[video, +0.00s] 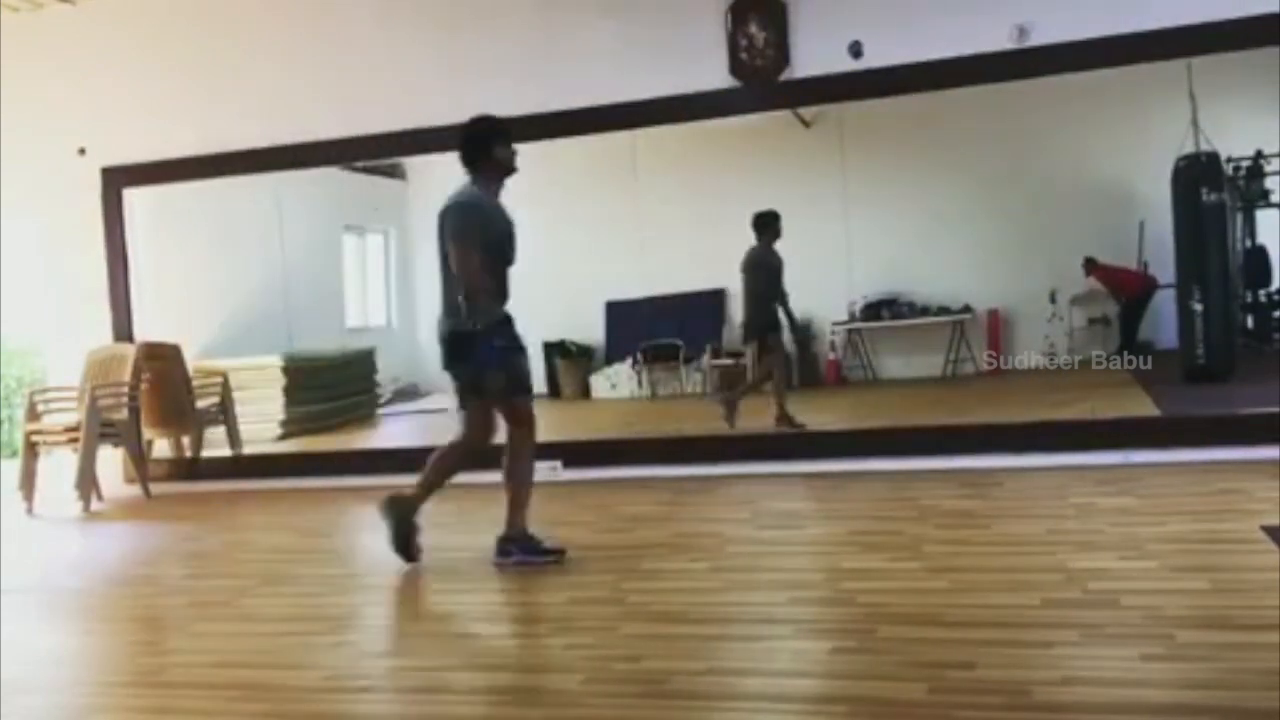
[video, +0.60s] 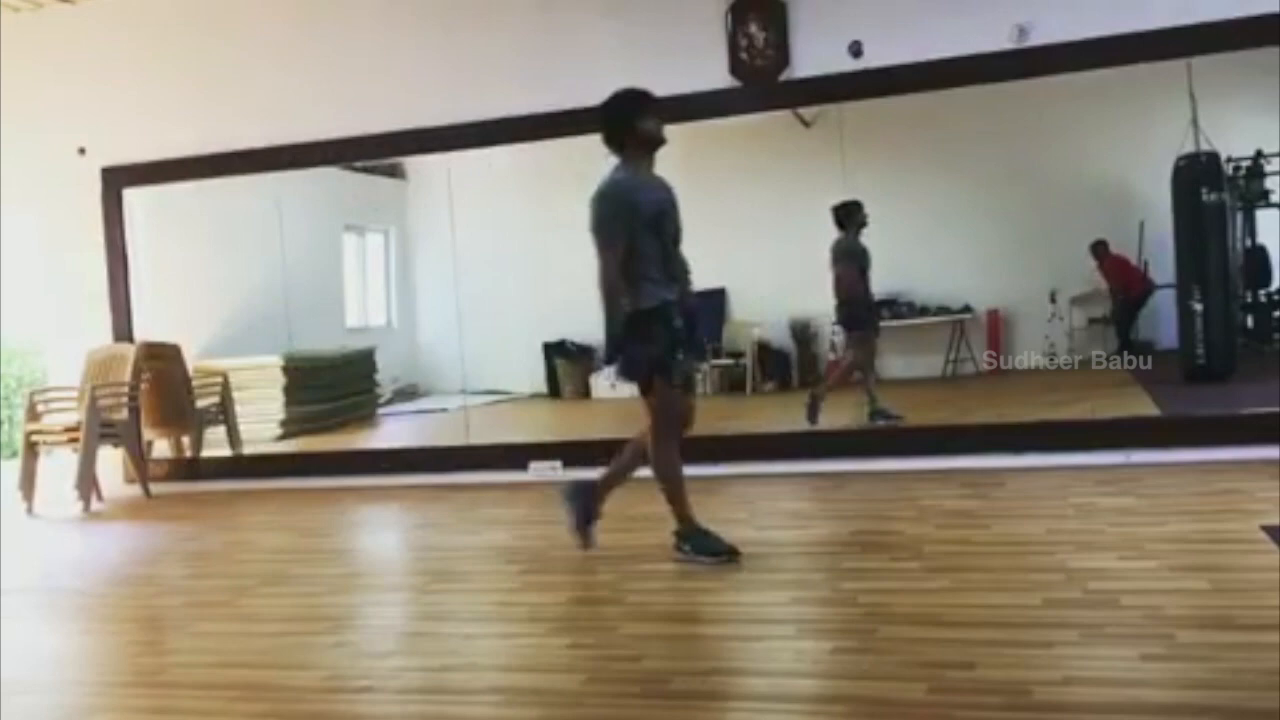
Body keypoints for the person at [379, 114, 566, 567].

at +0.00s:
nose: (514, 155)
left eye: (511, 147)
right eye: (506, 148)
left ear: (487, 156)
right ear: (488, 156)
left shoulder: (489, 208)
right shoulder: (464, 208)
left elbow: (487, 273)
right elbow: (466, 271)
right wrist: (487, 316)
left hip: (489, 331)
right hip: (474, 335)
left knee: (477, 434)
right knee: (479, 434)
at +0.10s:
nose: (544, 150)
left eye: (543, 141)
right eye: (536, 141)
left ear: (520, 146)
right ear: (512, 146)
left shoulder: (527, 199)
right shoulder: (492, 197)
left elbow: (531, 269)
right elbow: (475, 261)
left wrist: (551, 328)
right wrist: (468, 322)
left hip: (534, 319)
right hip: (511, 321)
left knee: (543, 417)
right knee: (533, 418)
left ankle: (507, 518)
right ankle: (511, 525)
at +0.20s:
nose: (561, 144)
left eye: (559, 135)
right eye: (552, 135)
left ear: (536, 144)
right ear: (528, 143)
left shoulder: (548, 203)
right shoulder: (505, 197)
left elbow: (554, 269)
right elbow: (479, 263)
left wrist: (583, 322)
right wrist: (469, 324)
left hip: (541, 315)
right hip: (517, 318)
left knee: (532, 420)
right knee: (565, 410)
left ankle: (520, 530)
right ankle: (550, 526)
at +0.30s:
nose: (594, 145)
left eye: (591, 138)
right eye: (585, 139)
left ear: (566, 150)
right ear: (563, 149)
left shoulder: (581, 206)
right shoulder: (537, 203)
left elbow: (593, 271)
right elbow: (506, 269)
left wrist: (628, 307)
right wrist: (493, 330)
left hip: (573, 327)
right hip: (558, 330)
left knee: (544, 428)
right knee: (609, 418)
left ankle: (518, 530)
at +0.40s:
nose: (611, 143)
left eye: (608, 135)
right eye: (601, 137)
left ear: (582, 149)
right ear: (580, 148)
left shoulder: (598, 204)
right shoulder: (556, 204)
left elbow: (615, 267)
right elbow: (528, 276)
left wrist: (650, 305)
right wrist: (514, 341)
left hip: (597, 329)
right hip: (577, 333)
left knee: (562, 427)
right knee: (629, 419)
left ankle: (522, 527)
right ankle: (679, 525)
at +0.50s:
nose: (643, 130)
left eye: (640, 122)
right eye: (634, 124)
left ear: (620, 135)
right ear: (615, 136)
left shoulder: (640, 194)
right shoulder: (594, 198)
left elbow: (657, 262)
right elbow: (583, 274)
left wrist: (680, 320)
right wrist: (579, 342)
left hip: (650, 312)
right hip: (625, 317)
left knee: (632, 424)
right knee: (654, 424)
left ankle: (557, 504)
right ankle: (687, 528)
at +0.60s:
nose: (661, 124)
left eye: (657, 116)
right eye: (651, 118)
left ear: (638, 130)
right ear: (632, 131)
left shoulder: (657, 188)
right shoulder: (613, 194)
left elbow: (671, 258)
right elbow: (611, 269)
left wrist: (689, 313)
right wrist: (614, 336)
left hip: (672, 312)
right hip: (642, 316)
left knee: (678, 416)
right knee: (666, 418)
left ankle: (593, 492)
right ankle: (687, 527)